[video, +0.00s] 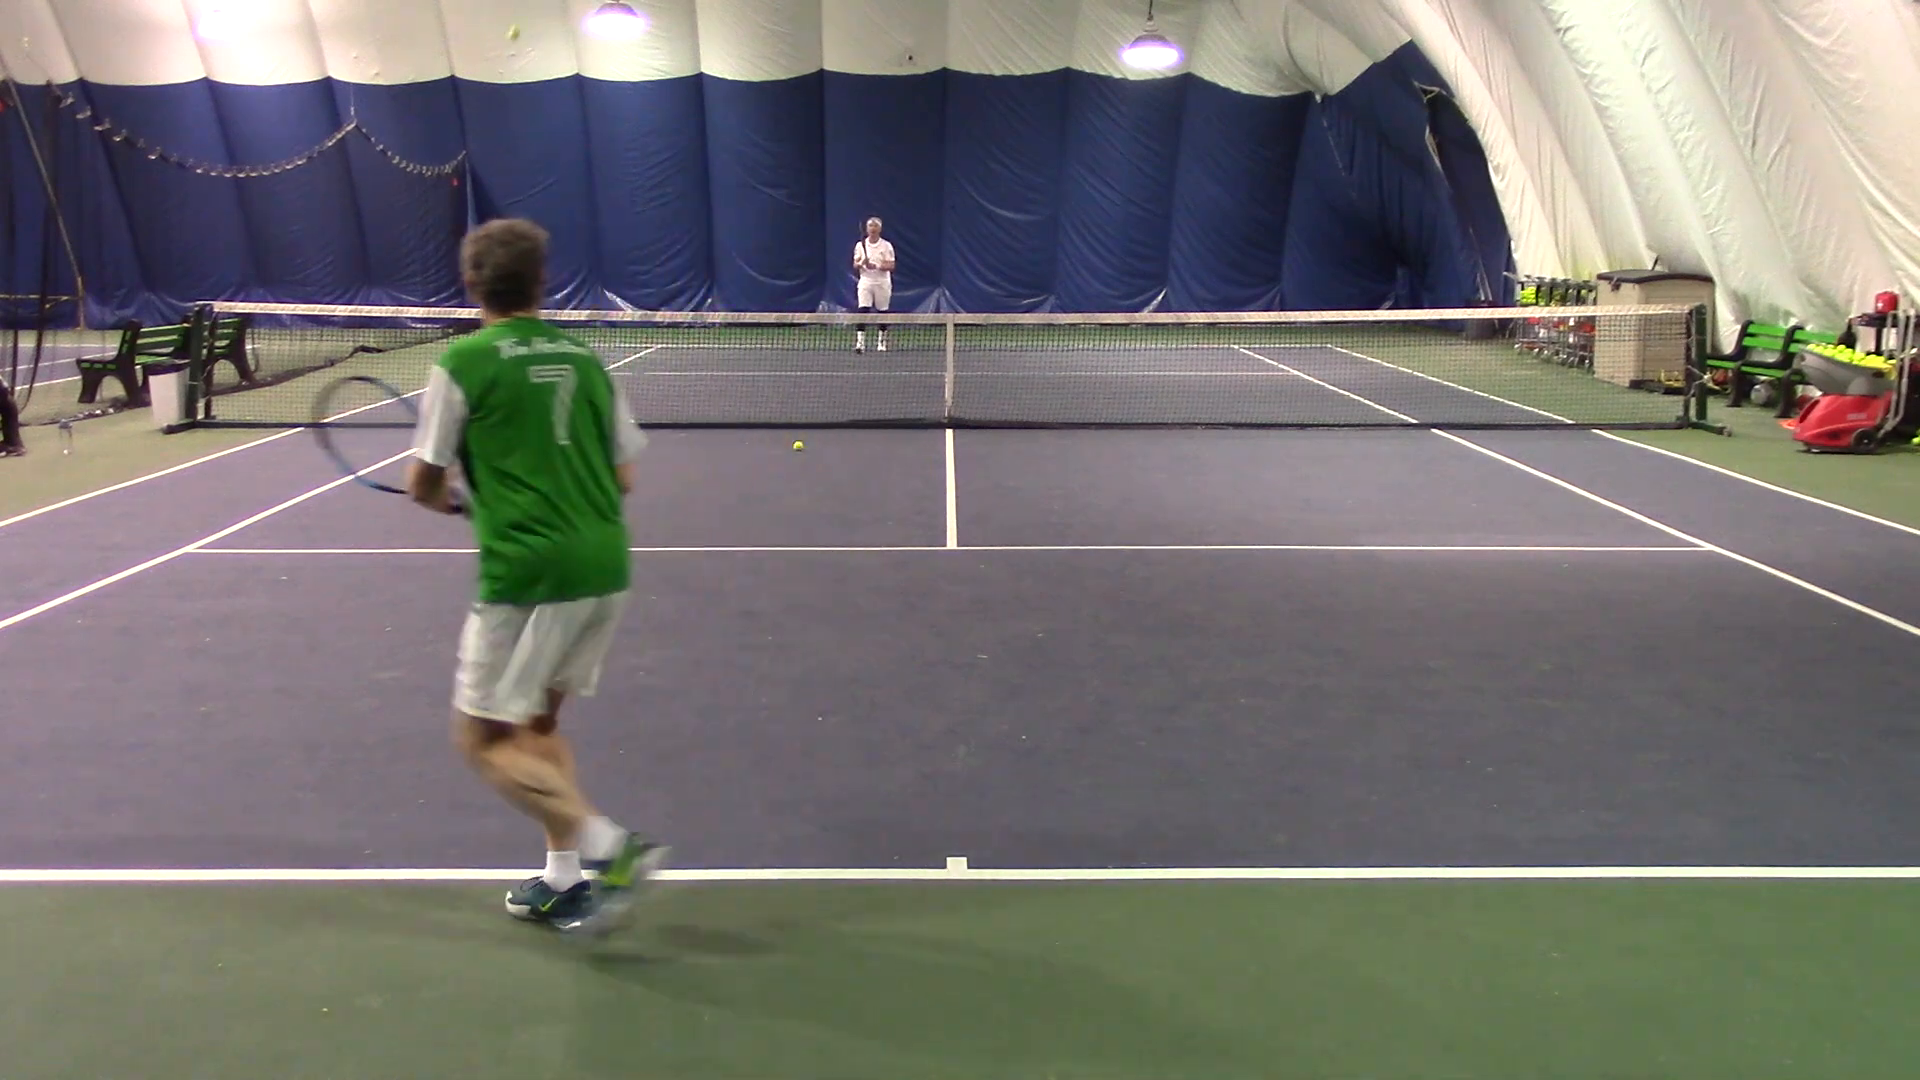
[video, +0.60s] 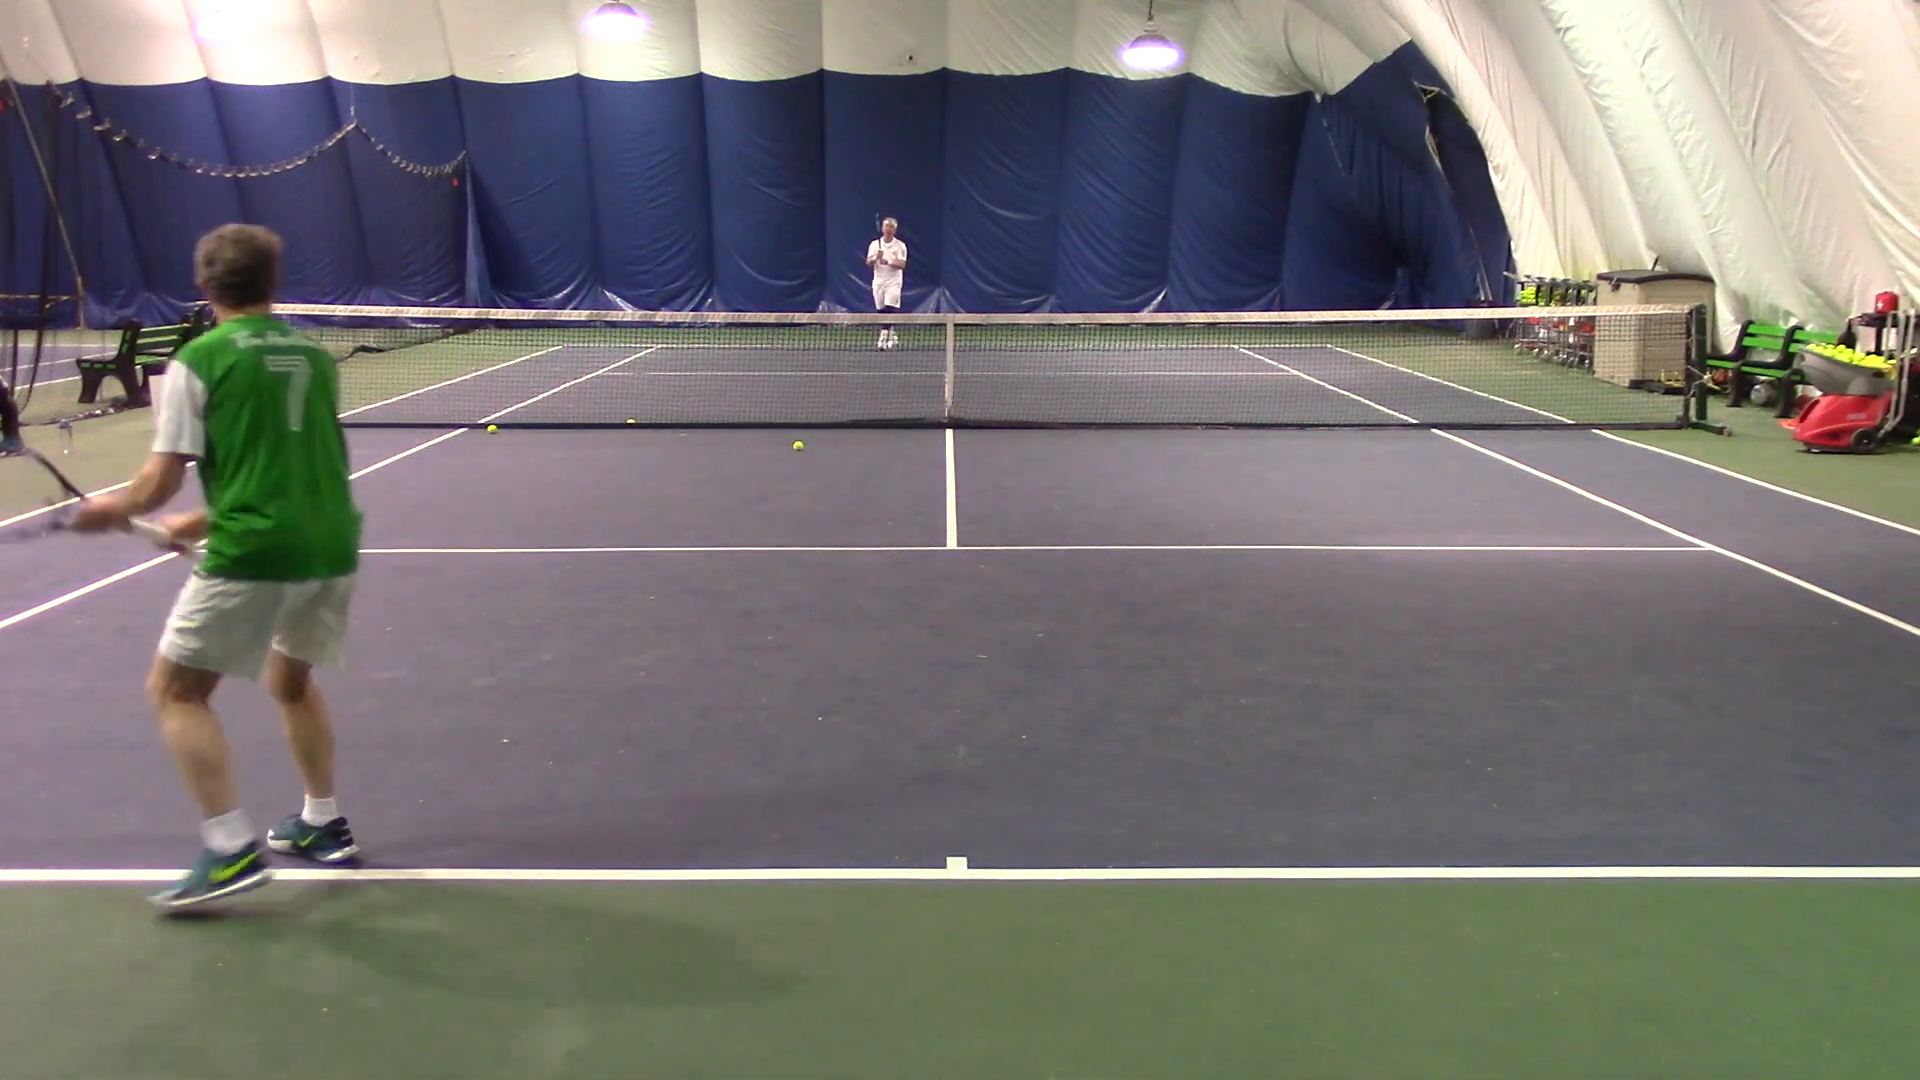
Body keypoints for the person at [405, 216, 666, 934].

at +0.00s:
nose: (464, 288)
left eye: (466, 278)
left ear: (474, 288)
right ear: (541, 283)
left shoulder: (462, 363)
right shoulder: (584, 360)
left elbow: (424, 484)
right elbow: (623, 477)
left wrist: (458, 497)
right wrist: (539, 482)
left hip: (524, 572)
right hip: (603, 565)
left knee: (482, 738)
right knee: (541, 719)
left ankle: (609, 846)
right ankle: (563, 878)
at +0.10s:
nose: (406, 272)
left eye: (408, 263)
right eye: (409, 262)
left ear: (418, 271)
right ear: (485, 269)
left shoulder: (413, 345)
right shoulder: (528, 342)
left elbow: (365, 464)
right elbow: (544, 453)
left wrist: (357, 488)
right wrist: (449, 510)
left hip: (470, 553)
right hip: (554, 548)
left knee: (418, 702)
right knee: (510, 703)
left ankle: (453, 870)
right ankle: (559, 863)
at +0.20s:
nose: (365, 272)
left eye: (366, 262)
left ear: (370, 272)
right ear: (439, 270)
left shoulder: (360, 346)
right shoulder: (483, 343)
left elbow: (319, 449)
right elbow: (483, 453)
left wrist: (296, 498)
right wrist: (396, 512)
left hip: (412, 558)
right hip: (497, 551)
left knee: (383, 709)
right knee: (448, 690)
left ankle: (398, 862)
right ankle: (517, 812)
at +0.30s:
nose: (323, 283)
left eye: (324, 274)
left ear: (327, 284)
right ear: (395, 280)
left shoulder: (314, 357)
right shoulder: (437, 352)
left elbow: (278, 460)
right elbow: (446, 443)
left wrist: (255, 513)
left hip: (361, 555)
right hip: (444, 547)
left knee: (339, 706)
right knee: (383, 673)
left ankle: (393, 859)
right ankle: (421, 809)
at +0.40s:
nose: (285, 293)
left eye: (286, 285)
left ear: (292, 292)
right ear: (359, 289)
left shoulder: (276, 360)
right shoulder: (400, 362)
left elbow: (238, 467)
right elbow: (392, 460)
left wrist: (213, 527)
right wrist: (303, 518)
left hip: (315, 563)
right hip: (397, 557)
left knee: (287, 708)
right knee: (339, 685)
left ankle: (373, 837)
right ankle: (328, 814)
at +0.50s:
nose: (246, 299)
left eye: (248, 290)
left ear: (254, 299)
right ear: (320, 298)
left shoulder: (241, 371)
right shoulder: (360, 371)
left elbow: (199, 483)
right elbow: (354, 485)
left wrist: (160, 539)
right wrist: (256, 544)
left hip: (284, 564)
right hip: (366, 560)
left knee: (217, 695)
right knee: (304, 679)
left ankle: (313, 815)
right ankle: (322, 820)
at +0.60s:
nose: (197, 290)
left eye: (199, 282)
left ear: (207, 290)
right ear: (273, 286)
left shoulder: (198, 362)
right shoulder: (316, 356)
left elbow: (159, 482)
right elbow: (298, 470)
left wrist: (105, 507)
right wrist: (201, 519)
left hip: (249, 550)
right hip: (333, 542)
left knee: (177, 690)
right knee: (292, 681)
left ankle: (230, 848)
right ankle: (324, 821)